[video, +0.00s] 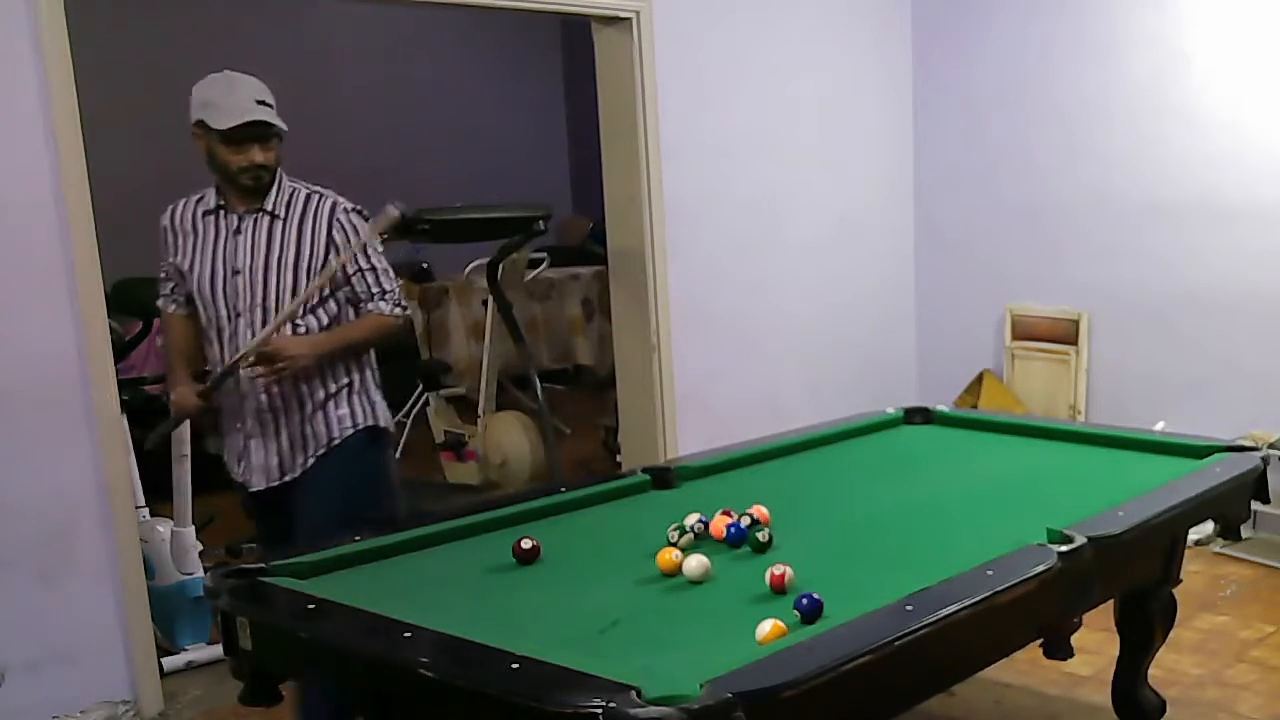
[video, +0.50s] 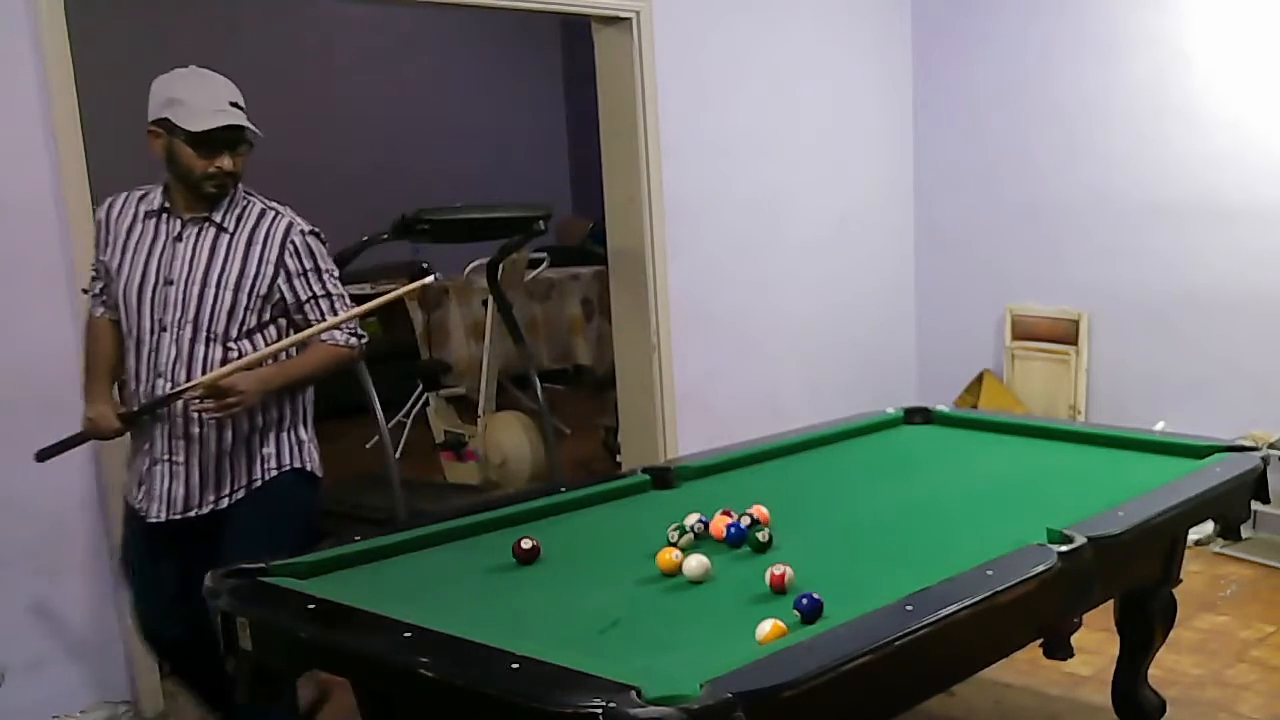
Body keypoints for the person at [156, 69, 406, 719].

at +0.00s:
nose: (256, 157)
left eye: (266, 139)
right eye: (238, 142)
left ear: (281, 138)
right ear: (202, 144)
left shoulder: (329, 212)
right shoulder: (183, 222)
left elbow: (393, 312)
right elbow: (178, 302)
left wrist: (316, 346)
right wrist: (182, 375)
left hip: (339, 437)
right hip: (255, 454)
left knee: (343, 599)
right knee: (291, 603)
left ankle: (349, 707)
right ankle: (325, 706)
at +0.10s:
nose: (249, 162)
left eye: (260, 145)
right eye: (230, 146)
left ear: (275, 143)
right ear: (192, 145)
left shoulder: (321, 221)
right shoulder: (169, 226)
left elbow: (384, 319)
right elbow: (164, 307)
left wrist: (309, 354)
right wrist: (167, 382)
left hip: (324, 443)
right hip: (237, 457)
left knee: (314, 598)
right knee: (269, 603)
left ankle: (316, 707)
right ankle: (283, 701)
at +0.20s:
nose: (243, 165)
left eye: (255, 148)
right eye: (224, 149)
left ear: (268, 147)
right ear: (184, 147)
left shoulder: (312, 229)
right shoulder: (157, 227)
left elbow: (372, 327)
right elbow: (150, 313)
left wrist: (300, 365)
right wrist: (150, 388)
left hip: (306, 453)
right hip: (220, 463)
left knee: (299, 605)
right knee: (261, 608)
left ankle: (311, 707)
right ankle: (279, 702)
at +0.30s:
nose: (236, 164)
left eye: (248, 148)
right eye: (217, 148)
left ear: (262, 147)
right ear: (176, 144)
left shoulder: (300, 231)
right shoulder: (144, 224)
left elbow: (363, 331)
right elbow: (132, 309)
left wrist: (286, 373)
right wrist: (134, 388)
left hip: (289, 461)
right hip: (199, 470)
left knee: (290, 626)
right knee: (241, 633)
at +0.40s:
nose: (231, 163)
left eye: (244, 146)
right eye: (211, 147)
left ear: (258, 143)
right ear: (169, 141)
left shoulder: (291, 232)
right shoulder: (130, 221)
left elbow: (356, 334)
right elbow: (120, 307)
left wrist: (276, 376)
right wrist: (117, 390)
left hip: (274, 470)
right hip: (177, 480)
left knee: (271, 642)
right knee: (210, 646)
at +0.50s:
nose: (225, 163)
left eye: (237, 146)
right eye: (206, 146)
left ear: (251, 142)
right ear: (160, 139)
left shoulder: (283, 234)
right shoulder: (120, 217)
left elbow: (345, 339)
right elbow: (106, 306)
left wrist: (266, 380)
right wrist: (100, 394)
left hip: (264, 470)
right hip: (164, 477)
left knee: (259, 627)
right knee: (168, 629)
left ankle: (280, 712)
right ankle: (254, 709)